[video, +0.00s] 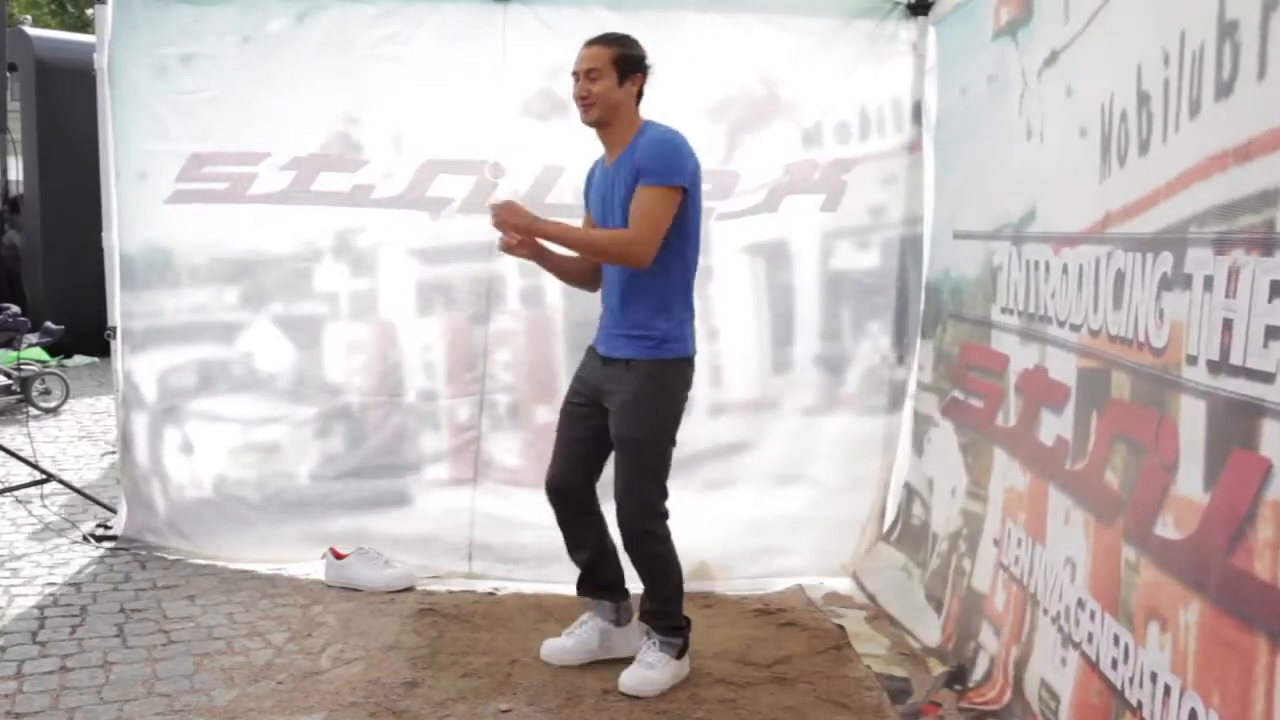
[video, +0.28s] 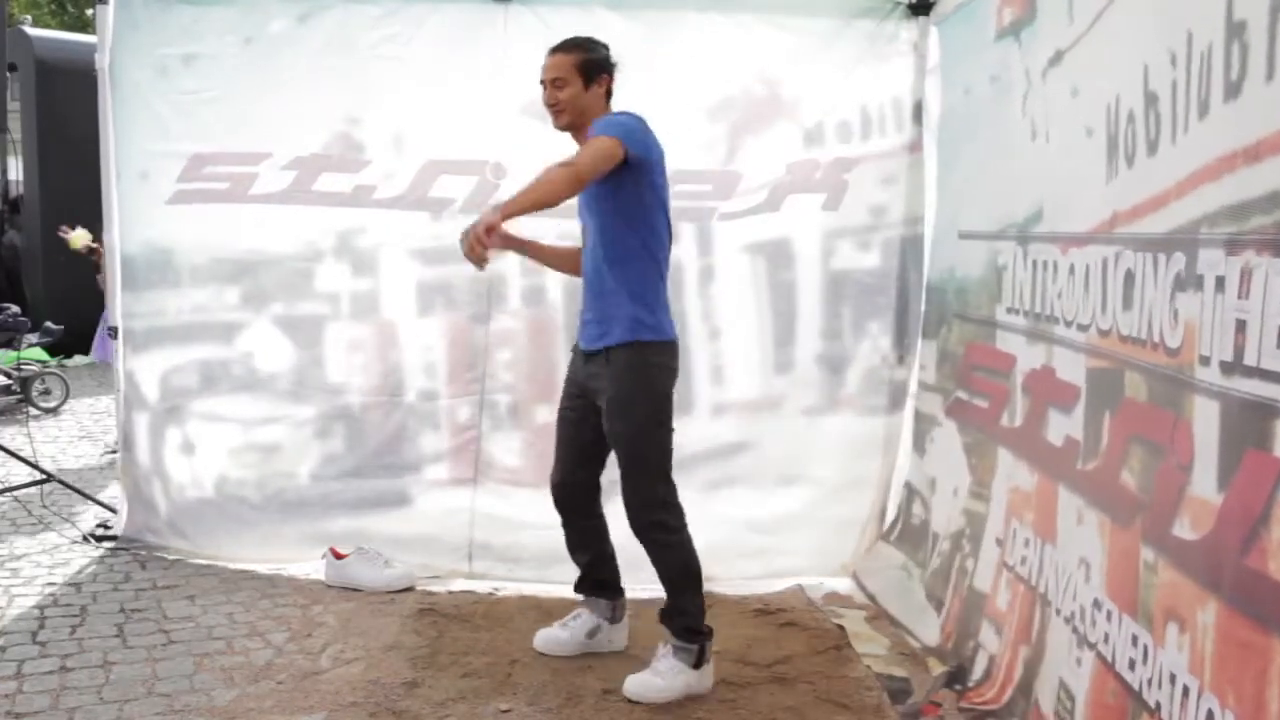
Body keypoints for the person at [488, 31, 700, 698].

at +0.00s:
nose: (580, 90)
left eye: (593, 78)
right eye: (576, 79)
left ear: (633, 85)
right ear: (577, 89)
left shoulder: (664, 149)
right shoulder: (599, 174)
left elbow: (639, 247)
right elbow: (590, 274)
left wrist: (542, 229)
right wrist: (536, 250)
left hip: (655, 363)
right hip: (604, 356)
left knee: (638, 504)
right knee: (568, 486)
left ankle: (669, 642)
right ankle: (610, 617)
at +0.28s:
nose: (548, 98)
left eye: (559, 85)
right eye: (545, 87)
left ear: (599, 85)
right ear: (573, 93)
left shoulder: (624, 127)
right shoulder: (600, 164)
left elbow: (576, 173)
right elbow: (595, 264)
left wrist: (498, 215)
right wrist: (518, 243)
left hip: (637, 348)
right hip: (593, 351)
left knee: (651, 502)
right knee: (573, 488)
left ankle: (689, 652)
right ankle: (602, 615)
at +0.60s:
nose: (533, 97)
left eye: (546, 86)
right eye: (528, 87)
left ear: (583, 92)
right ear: (527, 95)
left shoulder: (621, 153)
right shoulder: (540, 180)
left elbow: (620, 250)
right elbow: (525, 271)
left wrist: (542, 243)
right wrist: (466, 229)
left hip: (626, 346)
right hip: (572, 350)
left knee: (589, 486)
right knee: (553, 487)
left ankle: (637, 622)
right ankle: (596, 609)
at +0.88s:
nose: (563, 91)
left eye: (577, 81)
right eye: (555, 79)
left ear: (606, 87)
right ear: (546, 83)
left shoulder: (640, 163)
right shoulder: (524, 159)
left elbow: (645, 268)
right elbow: (498, 258)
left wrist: (595, 266)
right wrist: (497, 251)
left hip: (614, 351)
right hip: (546, 352)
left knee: (601, 493)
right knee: (557, 499)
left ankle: (606, 633)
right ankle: (595, 607)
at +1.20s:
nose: (595, 92)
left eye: (608, 82)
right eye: (585, 80)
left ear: (635, 85)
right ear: (573, 81)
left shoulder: (656, 176)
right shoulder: (535, 131)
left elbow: (671, 276)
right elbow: (446, 179)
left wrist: (721, 276)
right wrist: (436, 150)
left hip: (591, 350)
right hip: (521, 345)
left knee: (594, 496)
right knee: (543, 491)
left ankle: (607, 629)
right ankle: (574, 598)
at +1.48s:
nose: (547, 85)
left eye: (560, 73)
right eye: (538, 75)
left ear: (591, 78)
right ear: (529, 84)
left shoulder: (632, 157)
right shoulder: (520, 155)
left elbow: (633, 263)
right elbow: (481, 247)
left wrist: (580, 212)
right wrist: (458, 175)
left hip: (600, 356)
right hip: (530, 348)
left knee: (599, 504)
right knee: (489, 478)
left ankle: (607, 632)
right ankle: (543, 564)